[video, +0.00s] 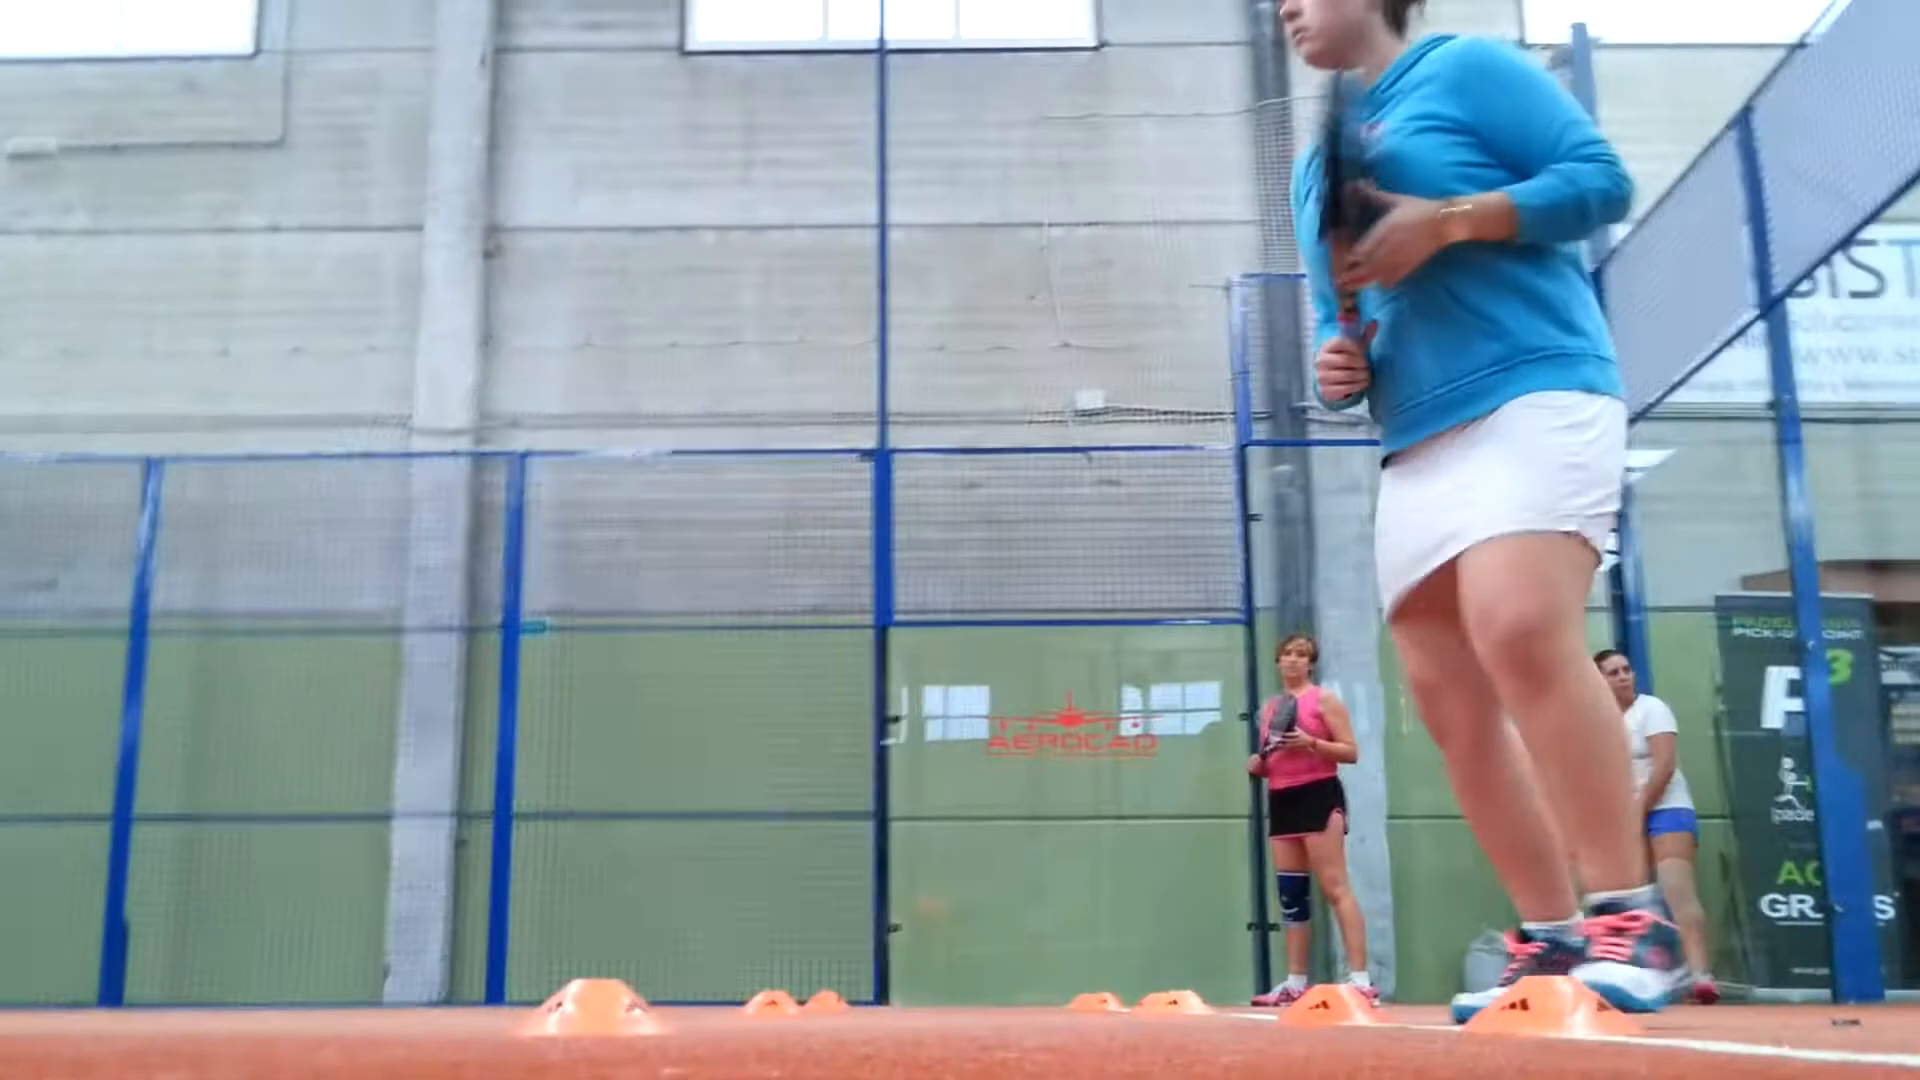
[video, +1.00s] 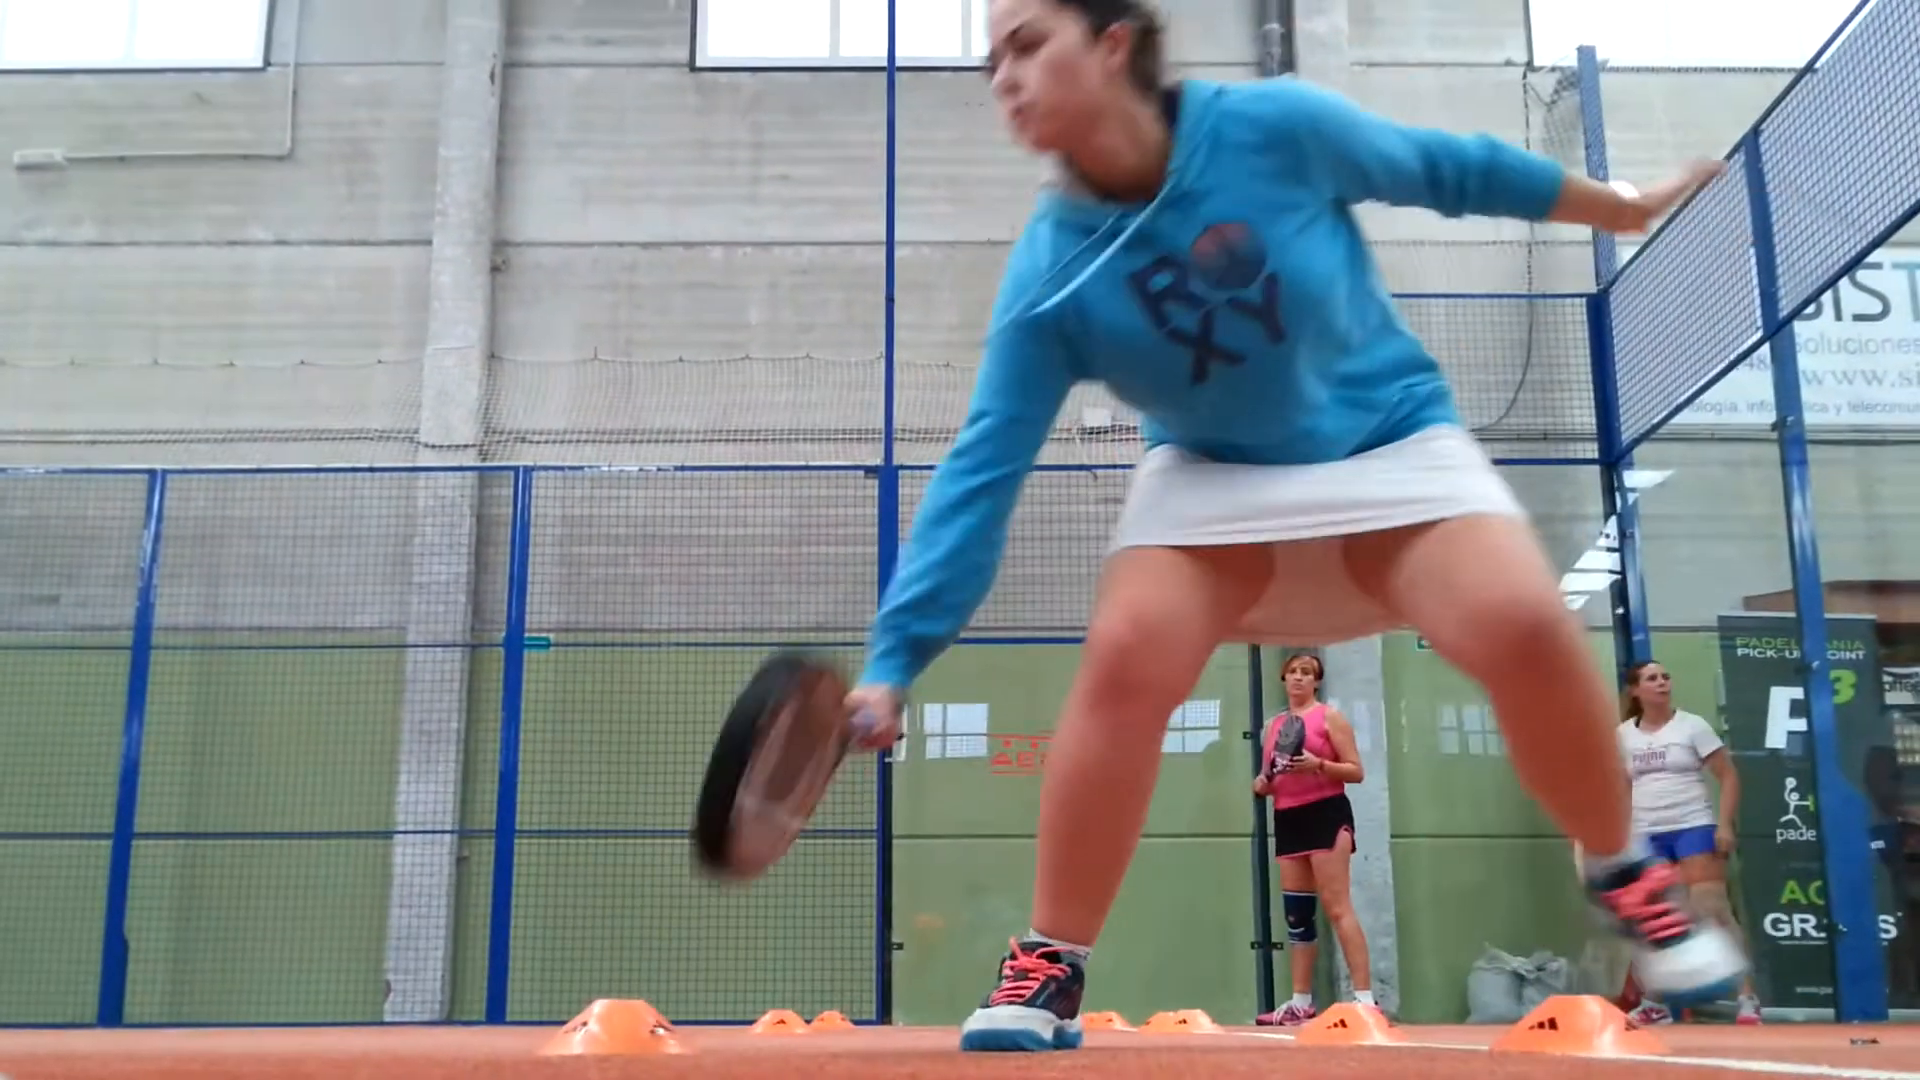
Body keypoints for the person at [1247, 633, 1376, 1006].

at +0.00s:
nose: (1294, 660)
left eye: (1301, 655)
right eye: (1288, 654)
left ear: (1312, 663)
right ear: (1278, 661)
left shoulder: (1325, 700)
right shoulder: (1270, 708)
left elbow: (1350, 751)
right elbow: (1270, 758)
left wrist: (1311, 743)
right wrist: (1259, 762)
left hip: (1318, 792)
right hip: (1281, 795)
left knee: (1335, 888)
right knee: (1292, 896)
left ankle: (1360, 978)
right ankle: (1296, 982)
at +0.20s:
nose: (1320, 654)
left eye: (1328, 649)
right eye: (1315, 649)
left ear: (1339, 658)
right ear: (1305, 657)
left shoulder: (1351, 694)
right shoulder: (1297, 702)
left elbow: (1368, 745)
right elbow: (1294, 752)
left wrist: (1338, 738)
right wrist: (1284, 758)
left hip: (1346, 786)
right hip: (1306, 789)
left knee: (1360, 883)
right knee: (1316, 891)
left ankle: (1385, 974)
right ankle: (1320, 977)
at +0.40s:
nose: (1318, 663)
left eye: (1326, 658)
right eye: (1313, 657)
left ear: (1337, 667)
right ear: (1304, 665)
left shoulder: (1350, 703)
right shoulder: (1295, 711)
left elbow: (1375, 756)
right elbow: (1290, 758)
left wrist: (1337, 746)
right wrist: (1282, 767)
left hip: (1344, 799)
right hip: (1305, 801)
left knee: (1359, 893)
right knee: (1315, 901)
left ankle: (1384, 984)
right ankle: (1319, 987)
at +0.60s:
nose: (1318, 664)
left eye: (1326, 658)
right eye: (1312, 658)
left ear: (1338, 665)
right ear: (1303, 665)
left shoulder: (1351, 702)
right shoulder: (1296, 710)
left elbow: (1376, 755)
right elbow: (1293, 763)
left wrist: (1337, 747)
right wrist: (1283, 769)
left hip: (1344, 800)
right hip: (1306, 802)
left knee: (1359, 893)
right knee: (1316, 901)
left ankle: (1384, 985)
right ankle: (1319, 987)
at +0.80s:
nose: (1305, 686)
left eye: (1312, 680)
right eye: (1300, 680)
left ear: (1323, 688)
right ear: (1290, 687)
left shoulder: (1337, 724)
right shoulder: (1282, 732)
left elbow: (1361, 777)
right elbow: (1278, 777)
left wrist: (1320, 769)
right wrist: (1270, 788)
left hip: (1330, 819)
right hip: (1292, 821)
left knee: (1345, 915)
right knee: (1302, 920)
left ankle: (1371, 1003)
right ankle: (1307, 1006)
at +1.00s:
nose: (1298, 678)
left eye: (1306, 672)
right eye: (1293, 672)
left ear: (1317, 681)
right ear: (1284, 679)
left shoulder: (1330, 718)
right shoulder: (1274, 725)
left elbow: (1355, 771)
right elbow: (1268, 774)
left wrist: (1319, 764)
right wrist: (1262, 783)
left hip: (1326, 814)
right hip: (1287, 817)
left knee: (1337, 909)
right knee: (1297, 915)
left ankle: (1365, 999)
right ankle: (1301, 1003)